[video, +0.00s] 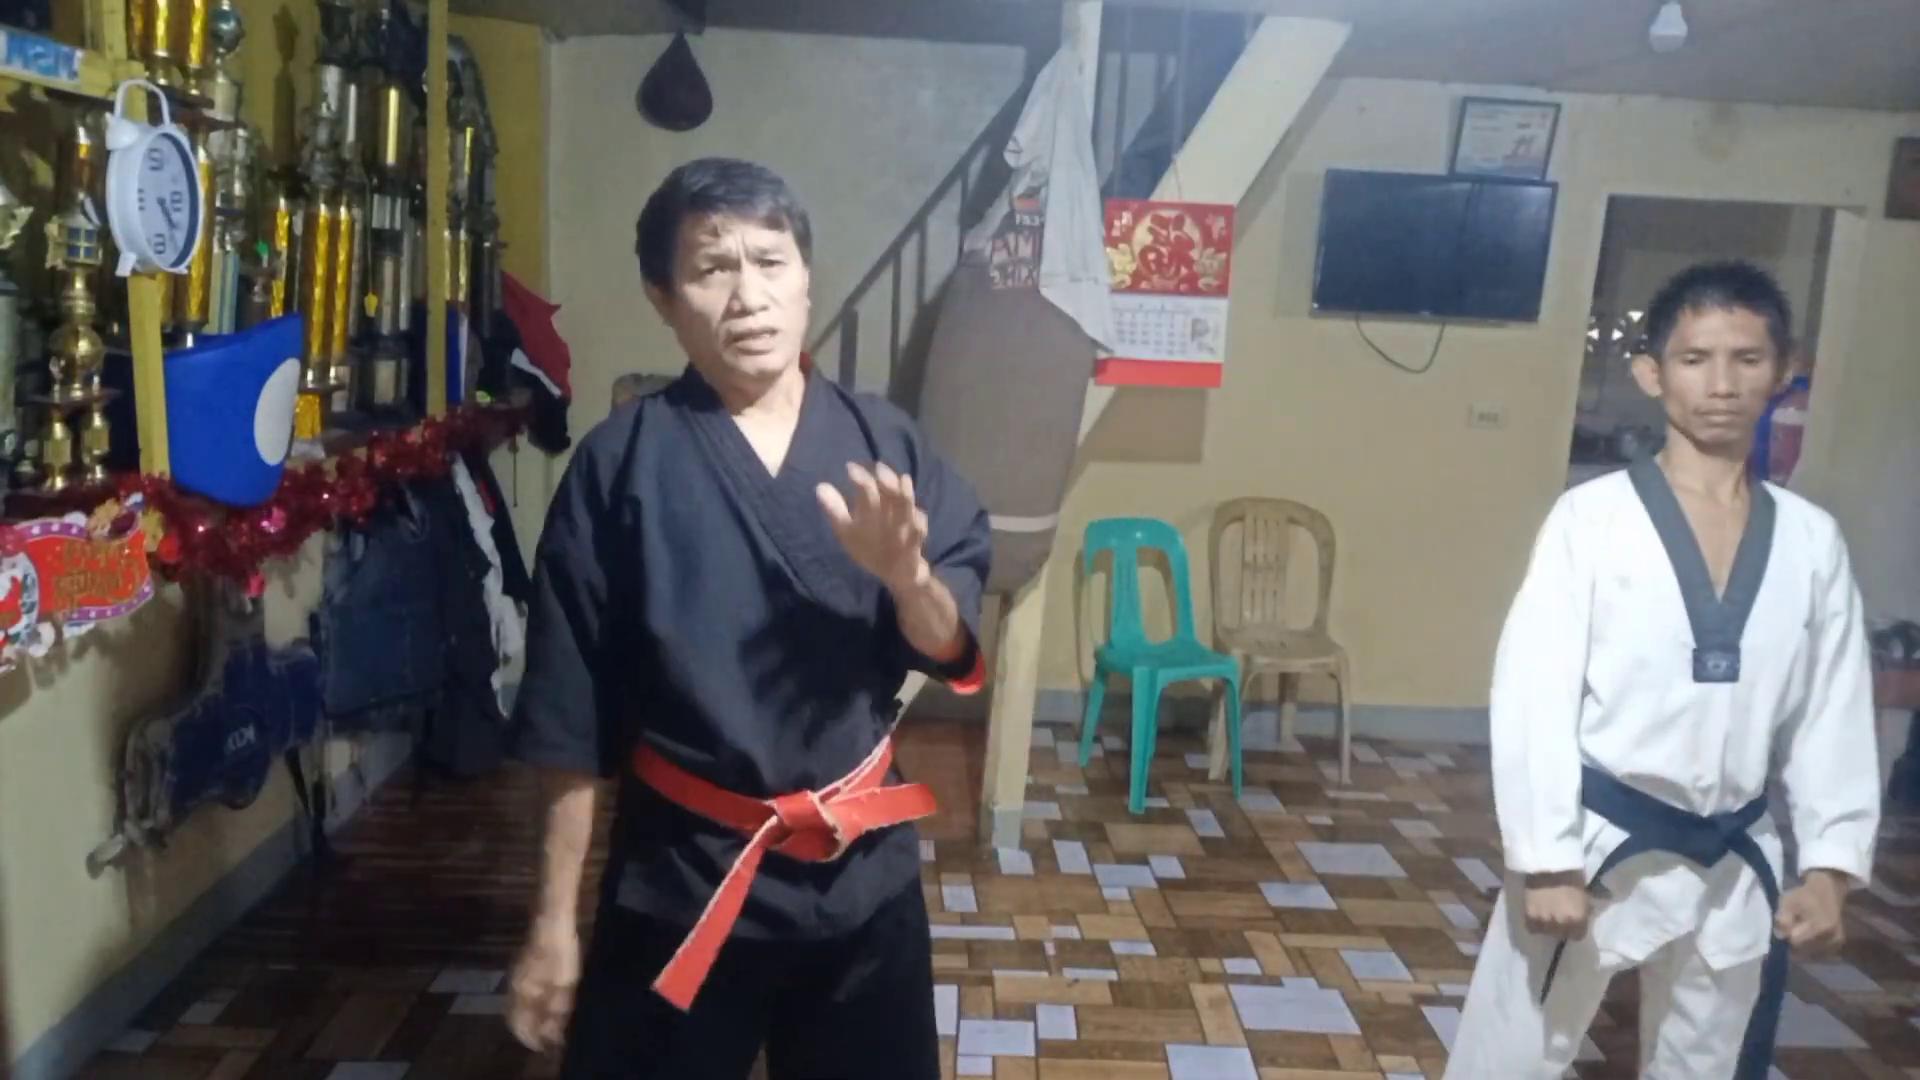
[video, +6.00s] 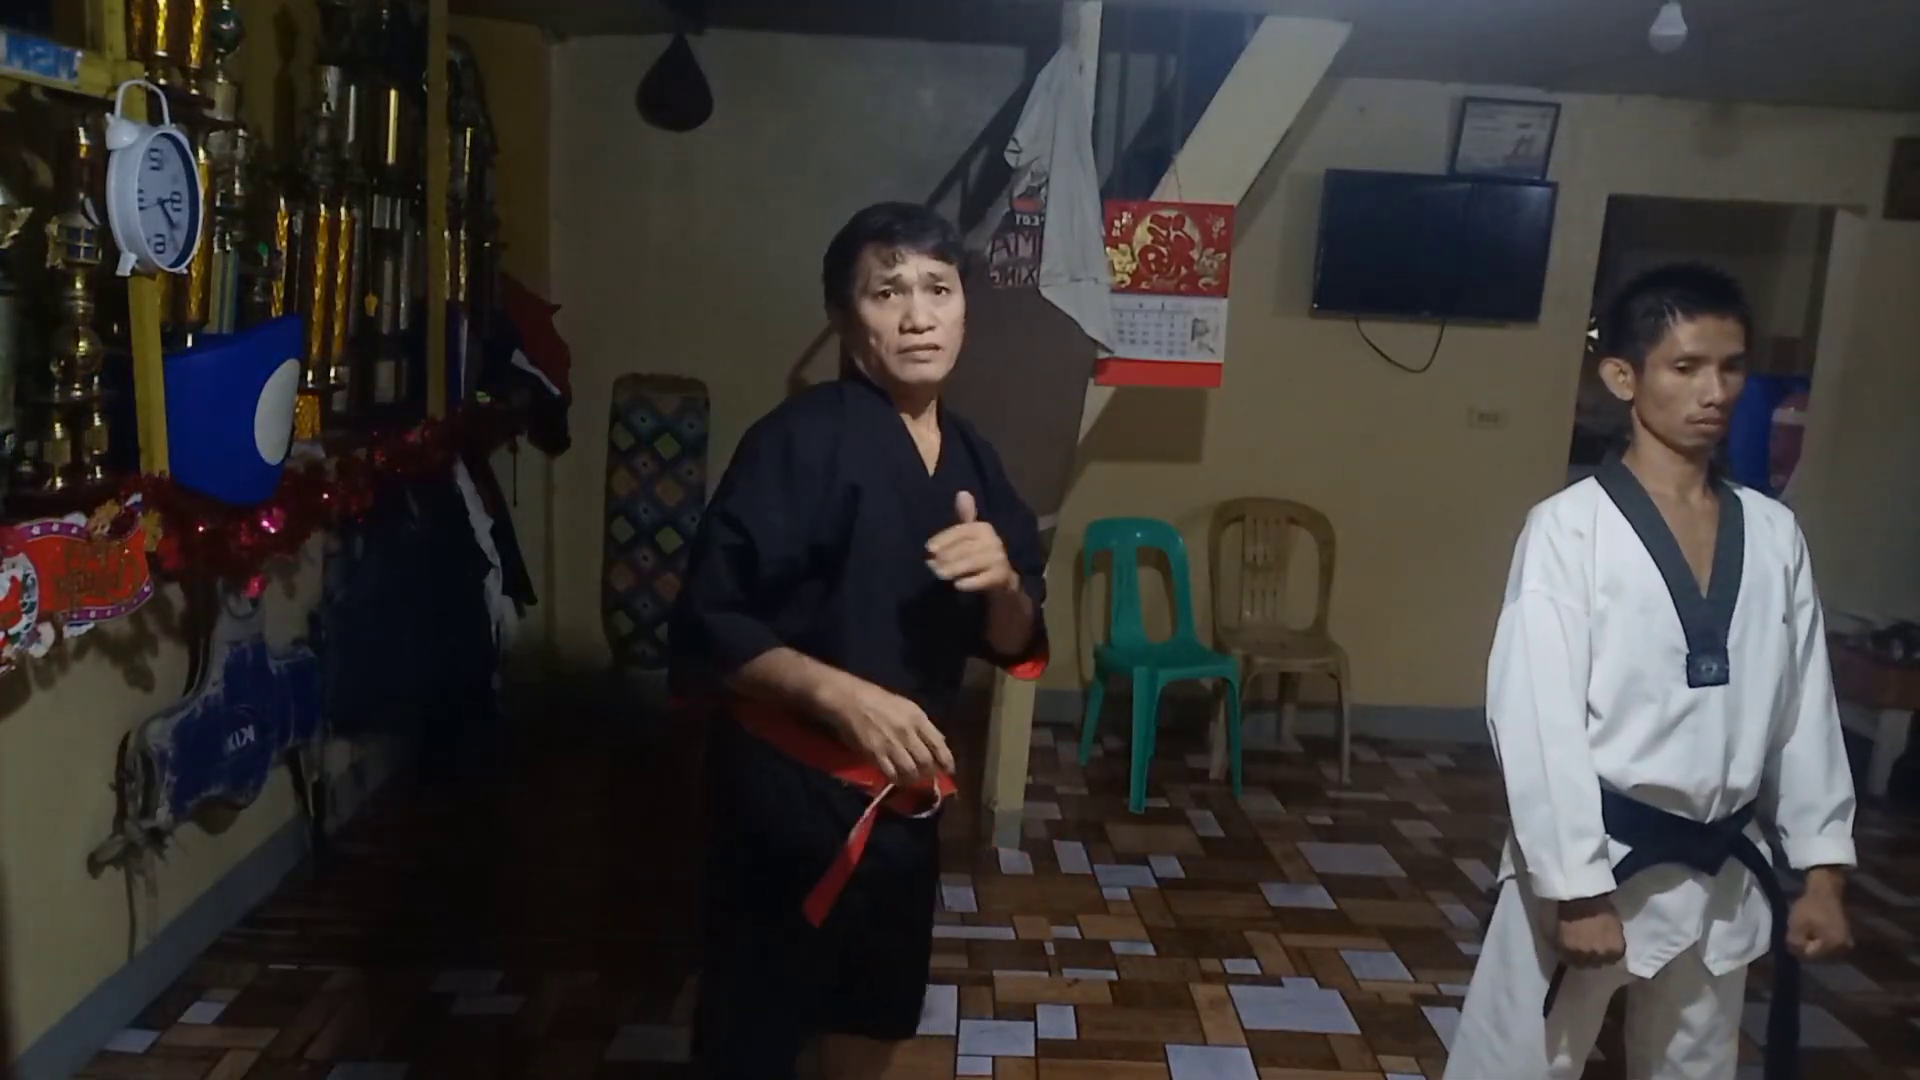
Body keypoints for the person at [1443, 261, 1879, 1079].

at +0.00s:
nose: (1722, 383)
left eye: (1747, 358)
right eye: (1695, 358)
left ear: (1780, 376)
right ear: (1651, 375)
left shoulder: (1813, 540)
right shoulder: (1589, 520)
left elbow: (1835, 712)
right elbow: (1532, 691)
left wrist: (1831, 864)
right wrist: (1547, 860)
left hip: (1735, 871)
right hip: (1592, 855)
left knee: (1701, 1070)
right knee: (1507, 1063)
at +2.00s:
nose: (1697, 386)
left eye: (1717, 360)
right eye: (1667, 361)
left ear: (1738, 369)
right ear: (1612, 374)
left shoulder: (1780, 529)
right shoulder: (1559, 523)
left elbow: (1809, 704)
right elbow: (1519, 702)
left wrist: (1814, 864)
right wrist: (1546, 867)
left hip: (1720, 863)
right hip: (1580, 856)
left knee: (1692, 1070)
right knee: (1495, 1063)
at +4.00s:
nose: (1707, 388)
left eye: (1721, 364)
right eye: (1677, 364)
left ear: (1736, 371)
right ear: (1613, 376)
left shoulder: (1769, 529)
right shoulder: (1559, 528)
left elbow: (1806, 701)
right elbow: (1529, 712)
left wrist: (1829, 864)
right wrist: (1570, 881)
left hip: (1720, 870)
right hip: (1585, 866)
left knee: (1693, 1070)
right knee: (1523, 1065)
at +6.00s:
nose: (1715, 392)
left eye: (1731, 367)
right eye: (1687, 367)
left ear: (1746, 374)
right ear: (1621, 378)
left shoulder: (1774, 531)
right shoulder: (1567, 530)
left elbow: (1806, 708)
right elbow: (1535, 714)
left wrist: (1824, 870)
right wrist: (1580, 889)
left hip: (1722, 876)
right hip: (1586, 871)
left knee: (1694, 1070)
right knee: (1523, 1066)